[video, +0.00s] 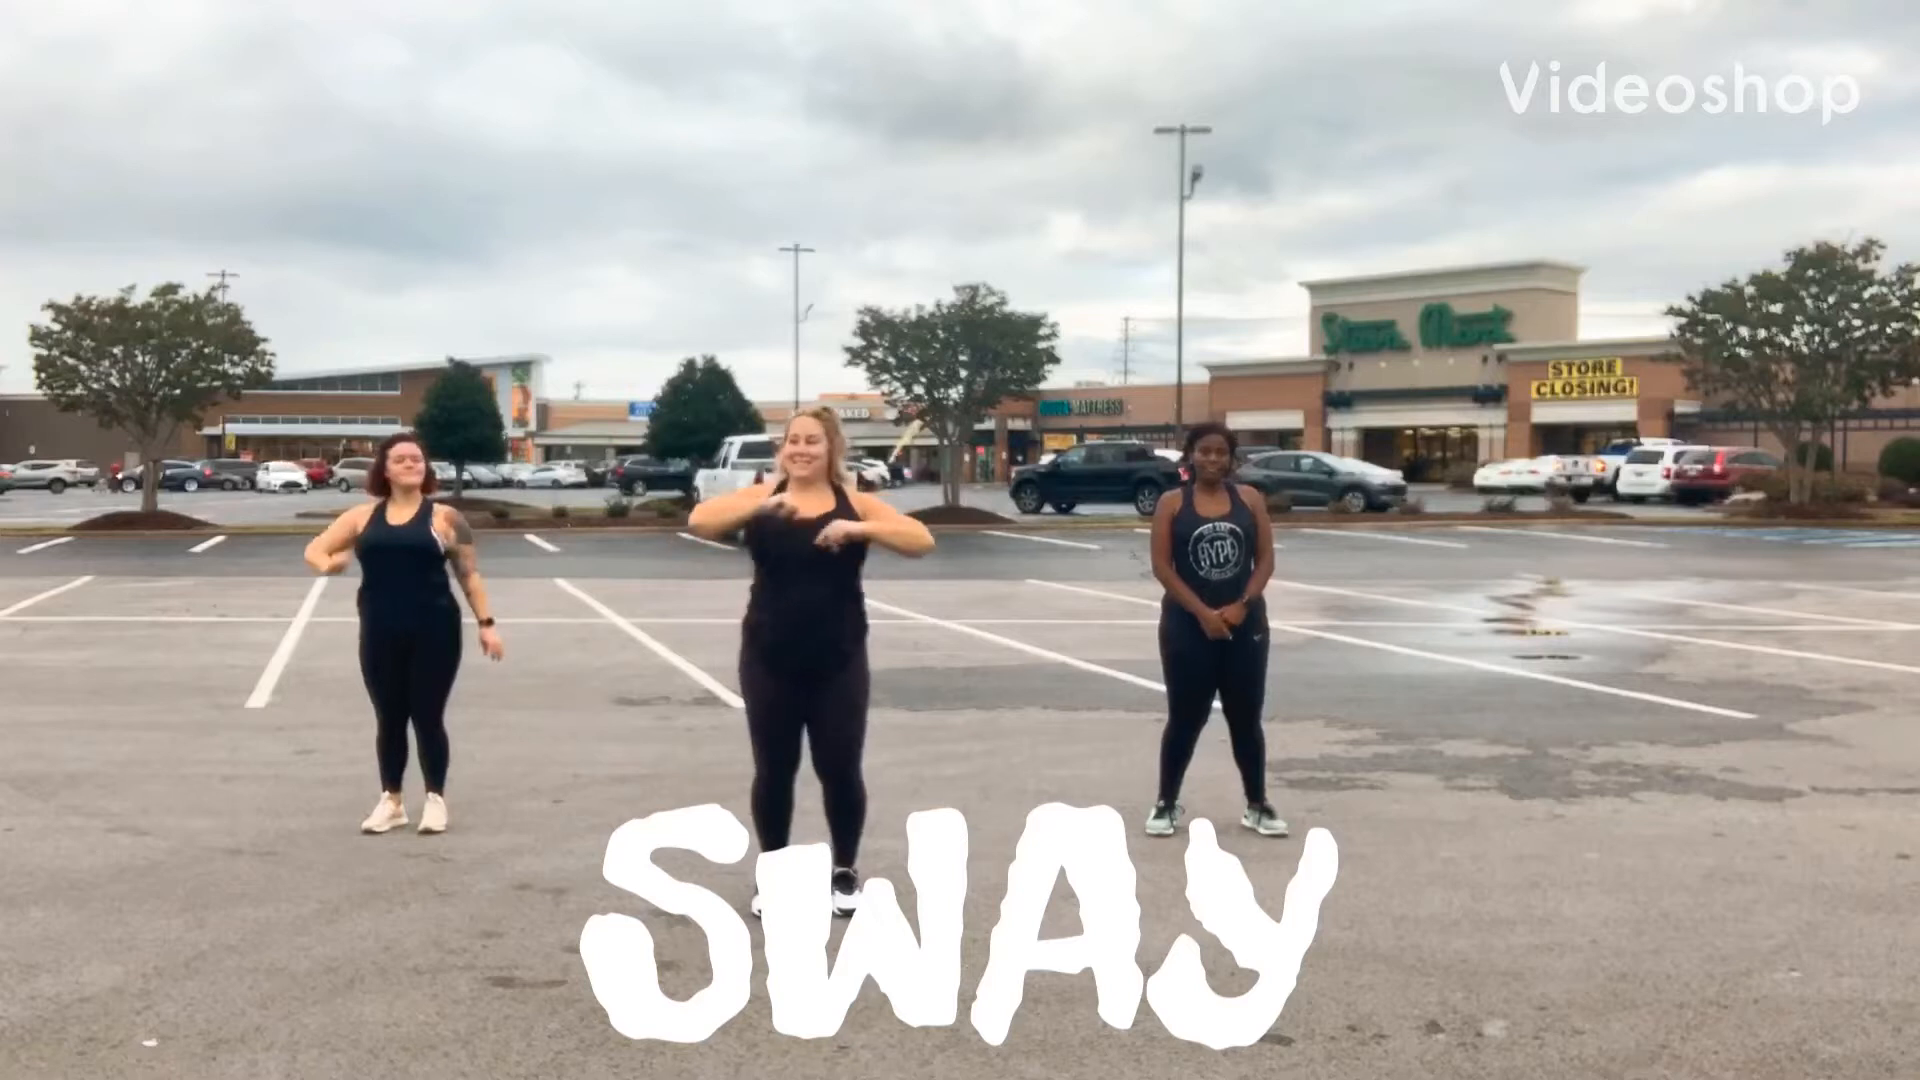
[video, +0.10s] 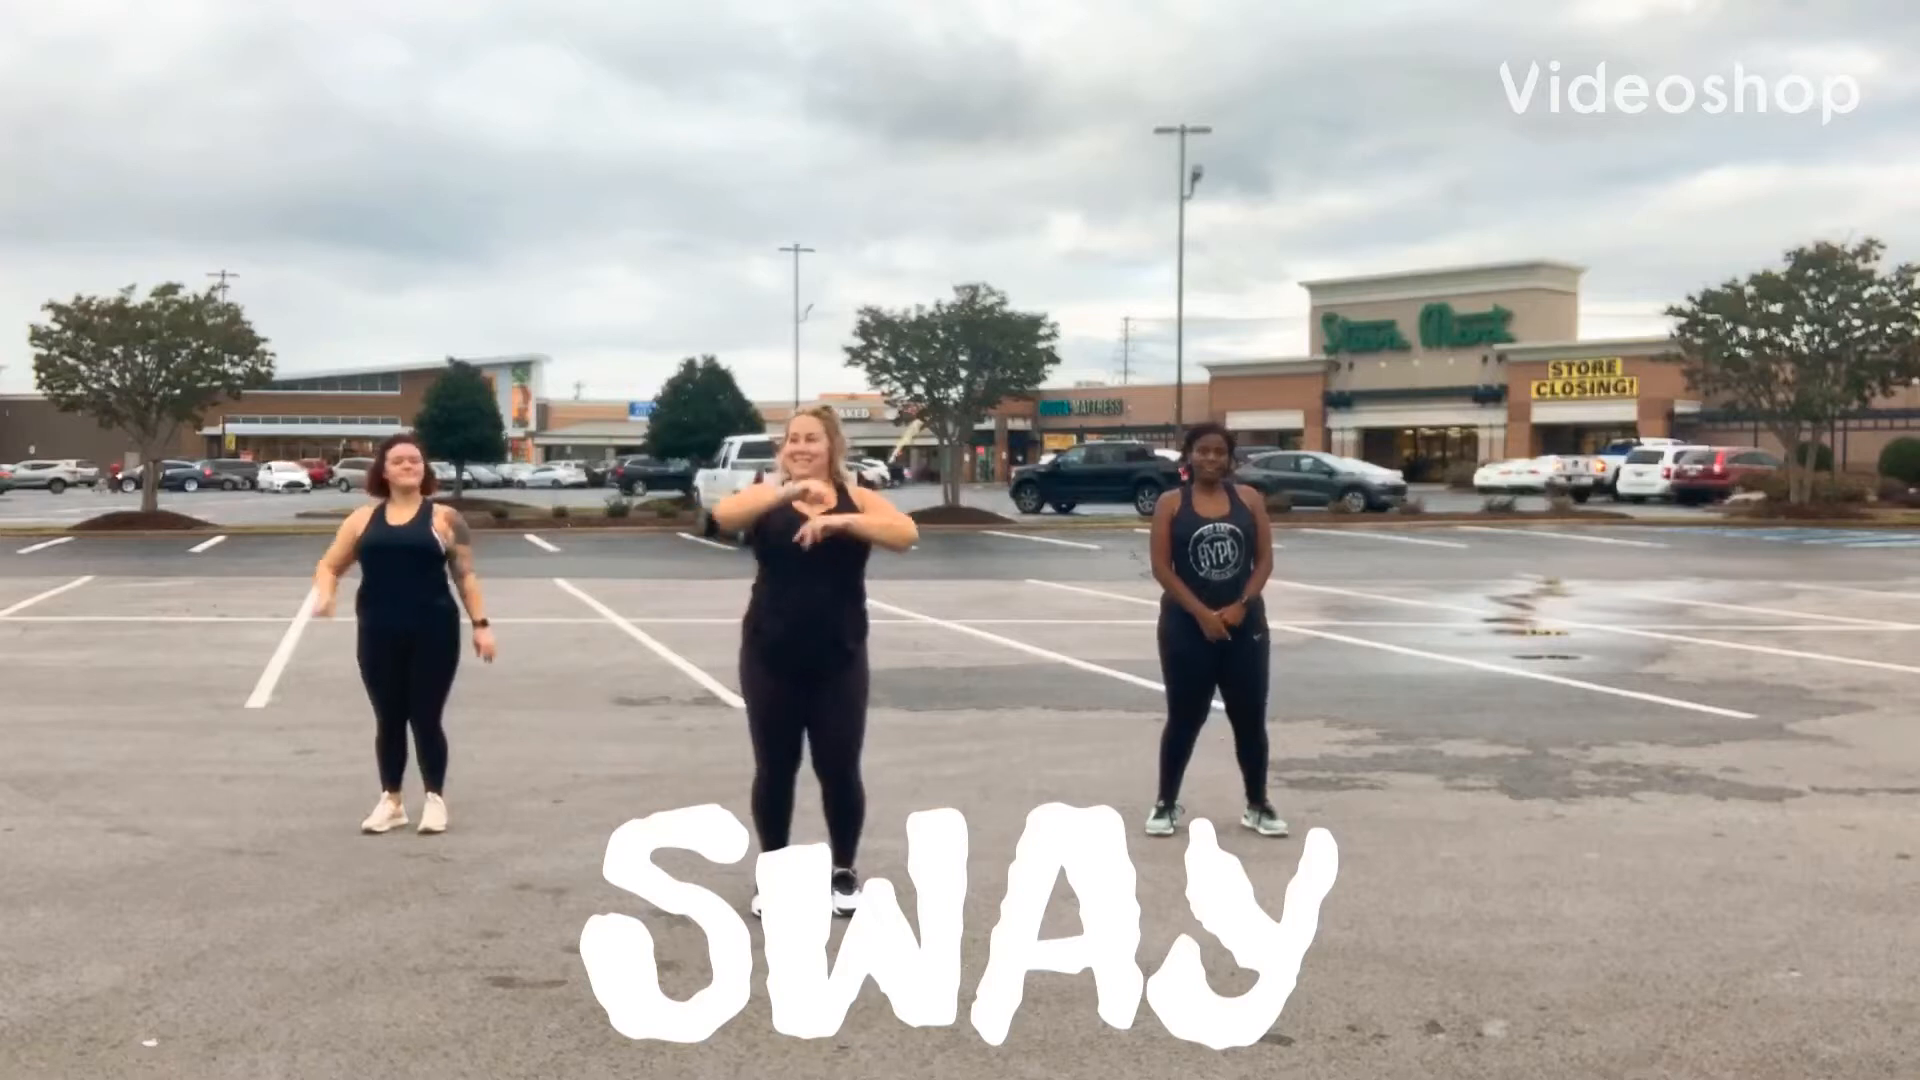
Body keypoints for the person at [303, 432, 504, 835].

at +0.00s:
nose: (410, 465)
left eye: (415, 459)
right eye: (400, 460)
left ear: (426, 467)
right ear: (385, 470)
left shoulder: (444, 518)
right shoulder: (362, 516)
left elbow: (468, 574)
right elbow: (315, 551)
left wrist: (486, 624)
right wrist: (328, 563)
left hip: (435, 632)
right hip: (380, 632)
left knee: (427, 715)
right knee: (390, 717)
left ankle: (434, 799)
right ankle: (391, 799)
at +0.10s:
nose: (407, 466)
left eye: (414, 460)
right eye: (397, 461)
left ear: (424, 469)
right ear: (383, 472)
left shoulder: (444, 519)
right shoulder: (363, 518)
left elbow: (464, 575)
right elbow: (328, 566)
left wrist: (480, 625)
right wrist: (324, 594)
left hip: (434, 634)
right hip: (379, 634)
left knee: (425, 717)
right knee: (390, 718)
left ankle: (434, 799)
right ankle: (391, 800)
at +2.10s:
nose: (404, 475)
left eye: (410, 467)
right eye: (395, 470)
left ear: (425, 473)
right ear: (384, 480)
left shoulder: (451, 518)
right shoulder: (370, 527)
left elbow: (471, 569)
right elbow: (359, 590)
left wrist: (481, 600)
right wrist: (347, 640)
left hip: (436, 636)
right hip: (381, 638)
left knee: (424, 718)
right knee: (388, 720)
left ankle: (434, 799)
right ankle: (391, 799)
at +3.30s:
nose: (399, 471)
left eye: (407, 464)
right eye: (391, 465)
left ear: (422, 471)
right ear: (380, 475)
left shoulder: (445, 519)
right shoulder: (362, 524)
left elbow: (483, 567)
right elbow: (349, 576)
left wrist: (472, 618)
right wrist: (341, 597)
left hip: (427, 638)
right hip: (372, 635)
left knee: (423, 721)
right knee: (340, 714)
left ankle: (434, 799)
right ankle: (334, 790)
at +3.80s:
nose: (407, 472)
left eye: (415, 466)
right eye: (399, 467)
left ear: (428, 474)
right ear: (387, 476)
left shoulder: (449, 523)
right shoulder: (369, 522)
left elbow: (473, 578)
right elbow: (345, 578)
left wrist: (453, 588)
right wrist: (314, 595)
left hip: (437, 640)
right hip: (384, 637)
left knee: (424, 722)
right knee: (344, 710)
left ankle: (434, 799)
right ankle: (336, 792)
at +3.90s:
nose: (409, 466)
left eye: (417, 459)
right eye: (401, 461)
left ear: (432, 467)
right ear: (391, 470)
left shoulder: (452, 514)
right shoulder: (373, 518)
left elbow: (486, 561)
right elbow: (351, 568)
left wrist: (452, 550)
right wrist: (332, 599)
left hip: (439, 633)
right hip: (385, 631)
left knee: (427, 717)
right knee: (365, 712)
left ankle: (434, 798)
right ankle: (377, 789)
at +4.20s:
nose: (416, 471)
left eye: (424, 465)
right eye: (408, 466)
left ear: (438, 473)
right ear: (397, 476)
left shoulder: (459, 523)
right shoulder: (377, 527)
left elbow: (470, 571)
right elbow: (366, 588)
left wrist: (456, 586)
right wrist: (362, 640)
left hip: (445, 638)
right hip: (388, 638)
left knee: (452, 719)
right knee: (397, 724)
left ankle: (447, 794)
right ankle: (404, 799)